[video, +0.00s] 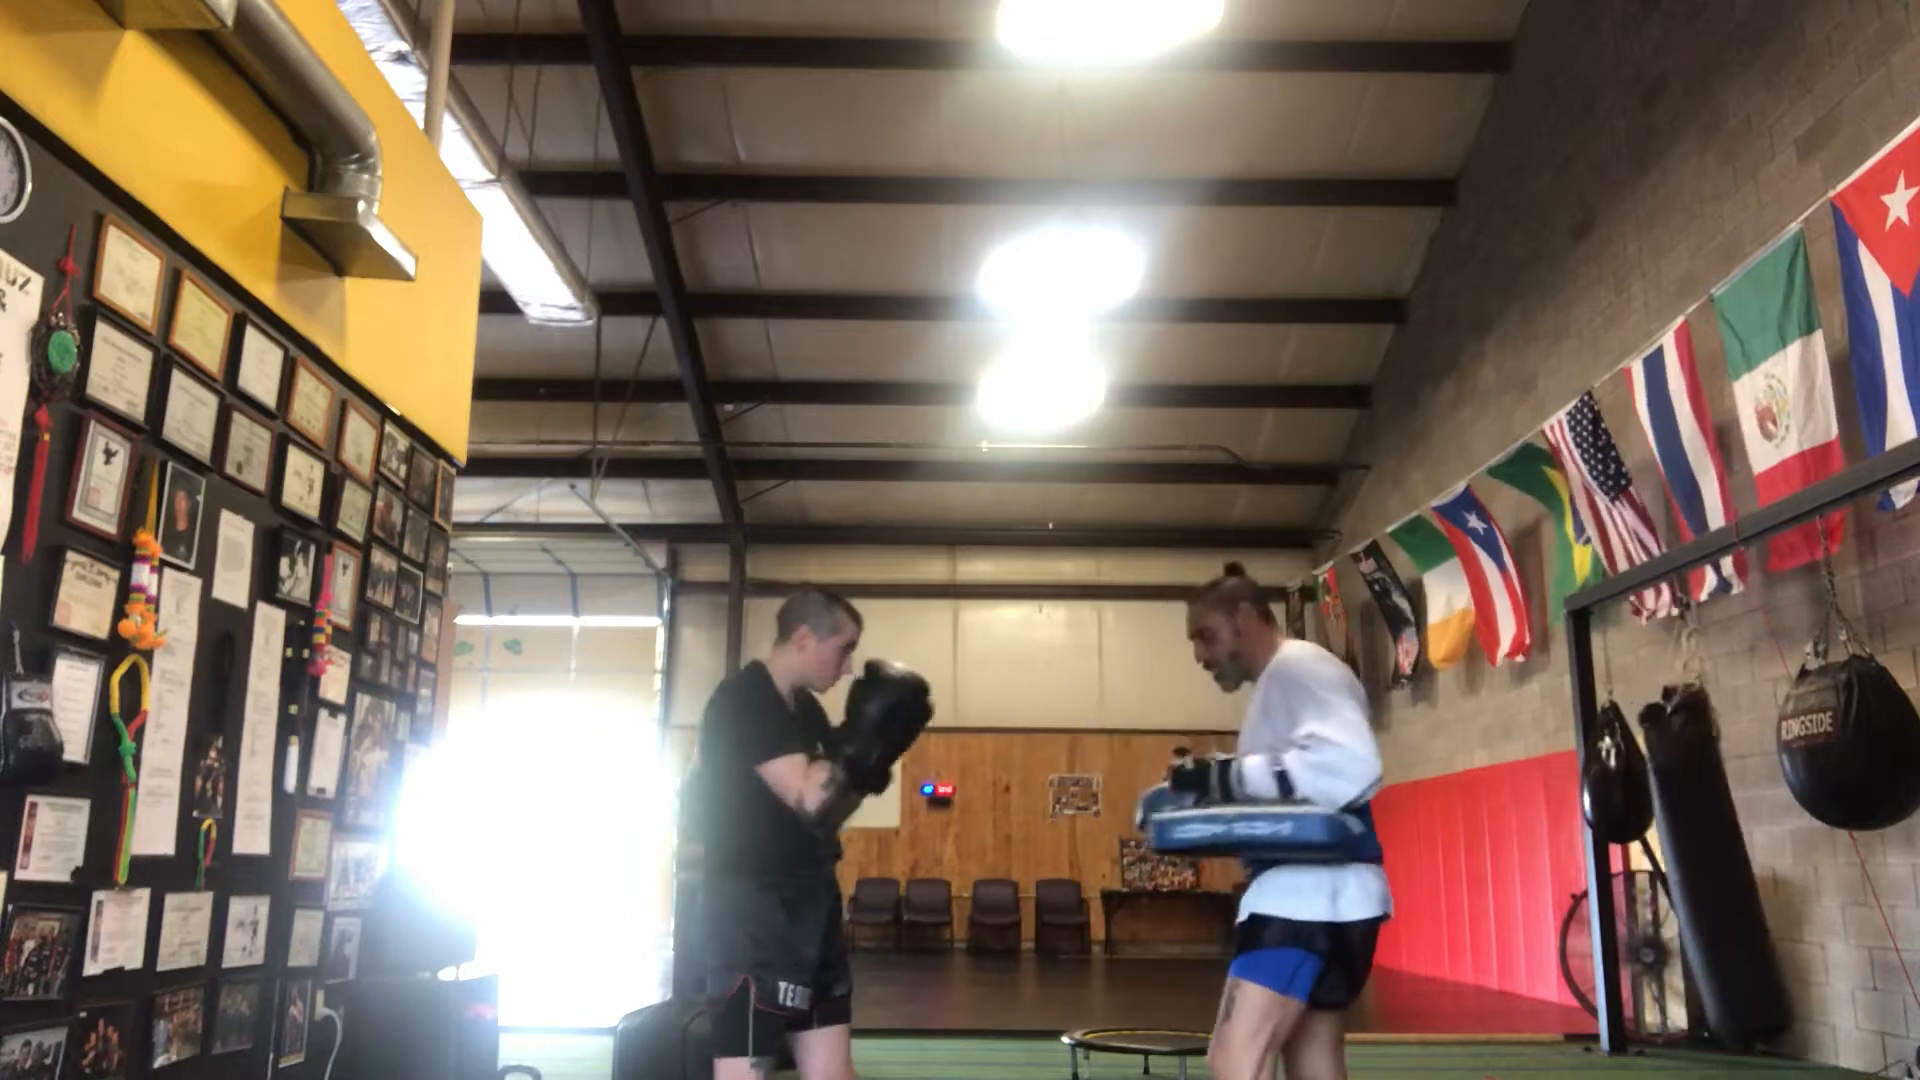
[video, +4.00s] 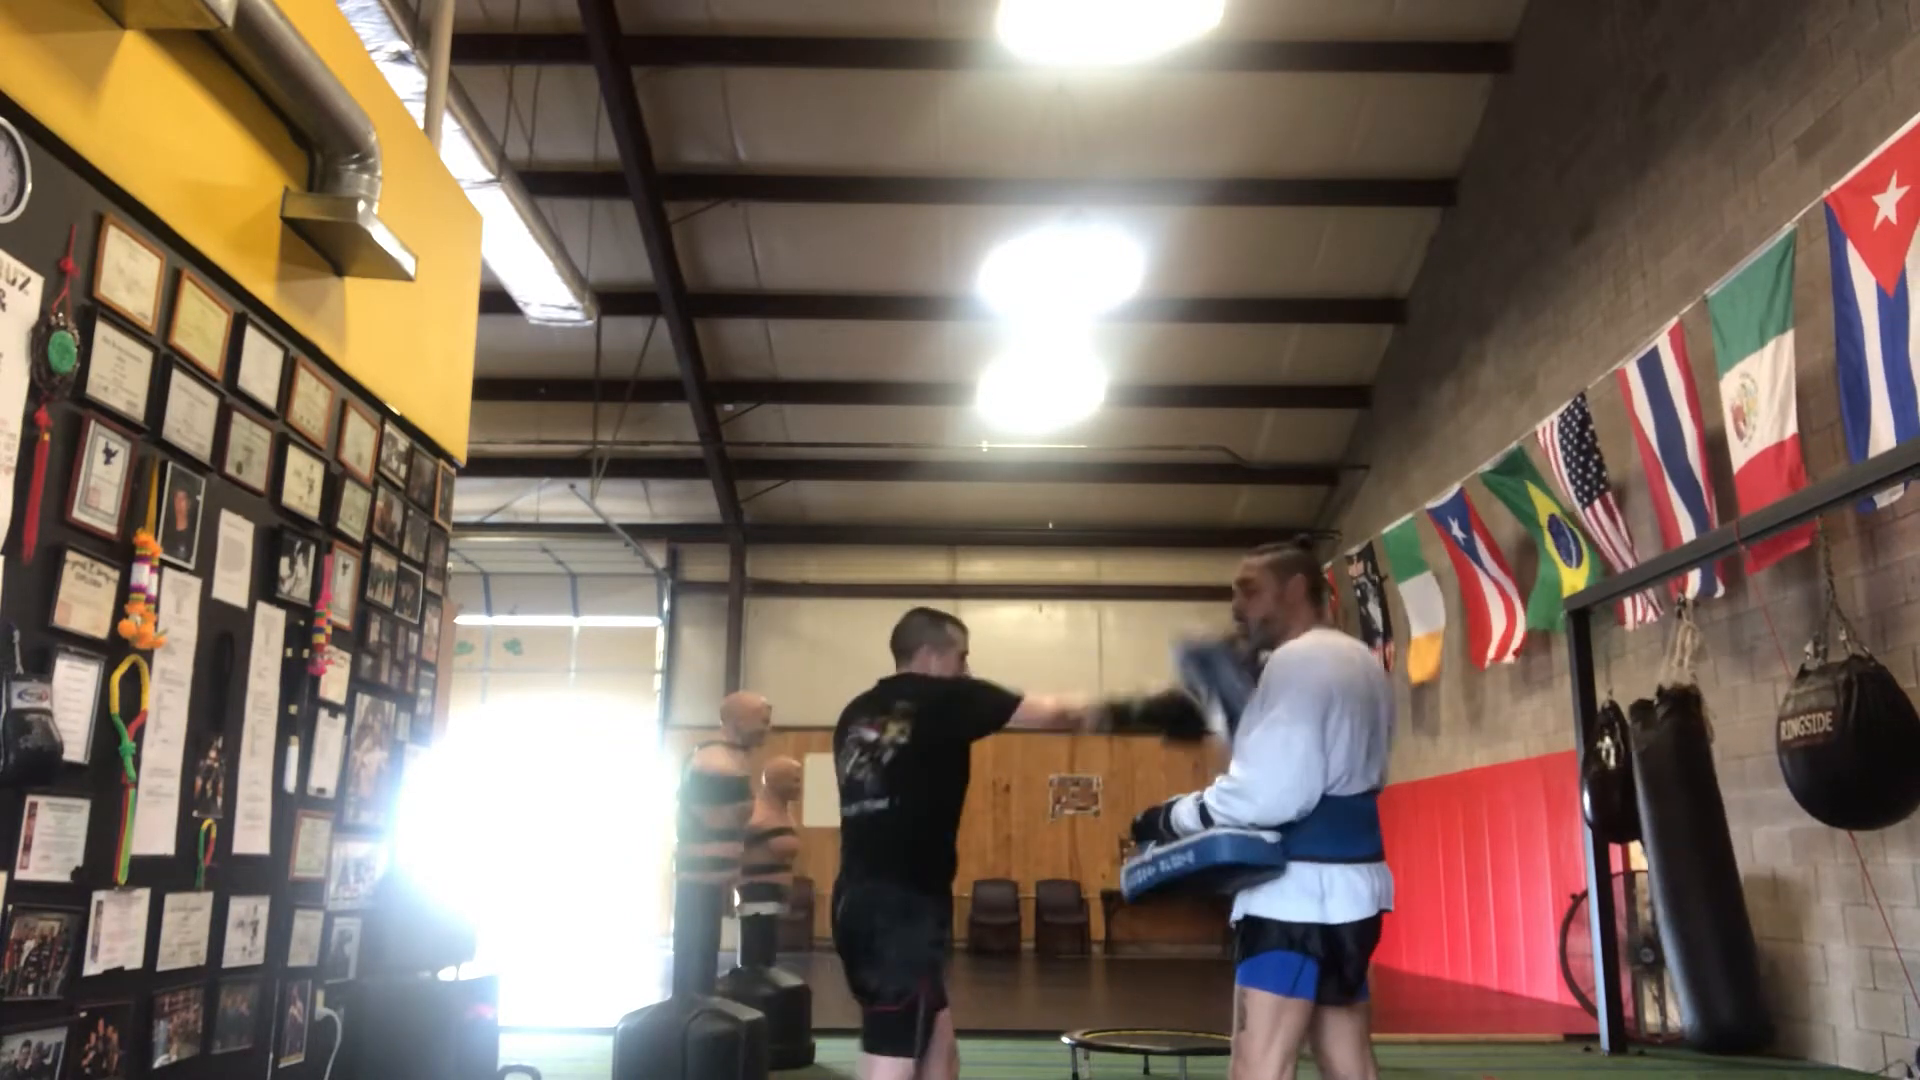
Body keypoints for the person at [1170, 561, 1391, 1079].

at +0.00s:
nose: (1199, 655)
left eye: (1206, 636)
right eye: (1195, 641)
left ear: (1246, 621)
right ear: (1245, 624)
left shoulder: (1301, 666)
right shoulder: (1276, 685)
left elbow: (1349, 764)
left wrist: (1227, 778)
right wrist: (1213, 781)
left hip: (1307, 895)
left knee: (1234, 1059)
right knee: (1316, 1065)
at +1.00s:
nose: (1152, 649)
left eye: (1155, 631)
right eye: (1148, 634)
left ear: (1196, 611)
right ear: (1201, 610)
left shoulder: (1236, 663)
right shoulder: (1288, 649)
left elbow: (1243, 793)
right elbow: (1294, 761)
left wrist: (1145, 775)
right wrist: (1201, 751)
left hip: (1280, 894)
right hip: (1330, 884)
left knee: (1250, 1067)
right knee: (1302, 1053)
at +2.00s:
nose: (1182, 643)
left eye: (1184, 627)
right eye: (1178, 631)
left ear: (1219, 609)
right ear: (1229, 609)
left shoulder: (1238, 667)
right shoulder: (1325, 660)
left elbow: (1156, 755)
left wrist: (1053, 717)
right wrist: (1188, 712)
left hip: (1276, 895)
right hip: (1350, 890)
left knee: (1242, 1068)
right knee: (1347, 1064)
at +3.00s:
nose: (1196, 643)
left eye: (1199, 627)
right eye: (1192, 630)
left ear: (1235, 610)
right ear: (1243, 611)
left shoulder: (1258, 665)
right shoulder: (1337, 661)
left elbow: (1186, 751)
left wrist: (1090, 704)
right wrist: (1206, 706)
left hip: (1293, 890)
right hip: (1363, 887)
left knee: (1235, 1063)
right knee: (1356, 1064)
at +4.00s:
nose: (1235, 605)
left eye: (1248, 589)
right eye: (1235, 592)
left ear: (1297, 590)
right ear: (1299, 594)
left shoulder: (1297, 663)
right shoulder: (1363, 660)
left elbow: (1272, 788)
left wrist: (1173, 817)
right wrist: (1237, 696)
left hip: (1293, 894)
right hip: (1353, 888)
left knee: (1259, 1065)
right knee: (1348, 1062)